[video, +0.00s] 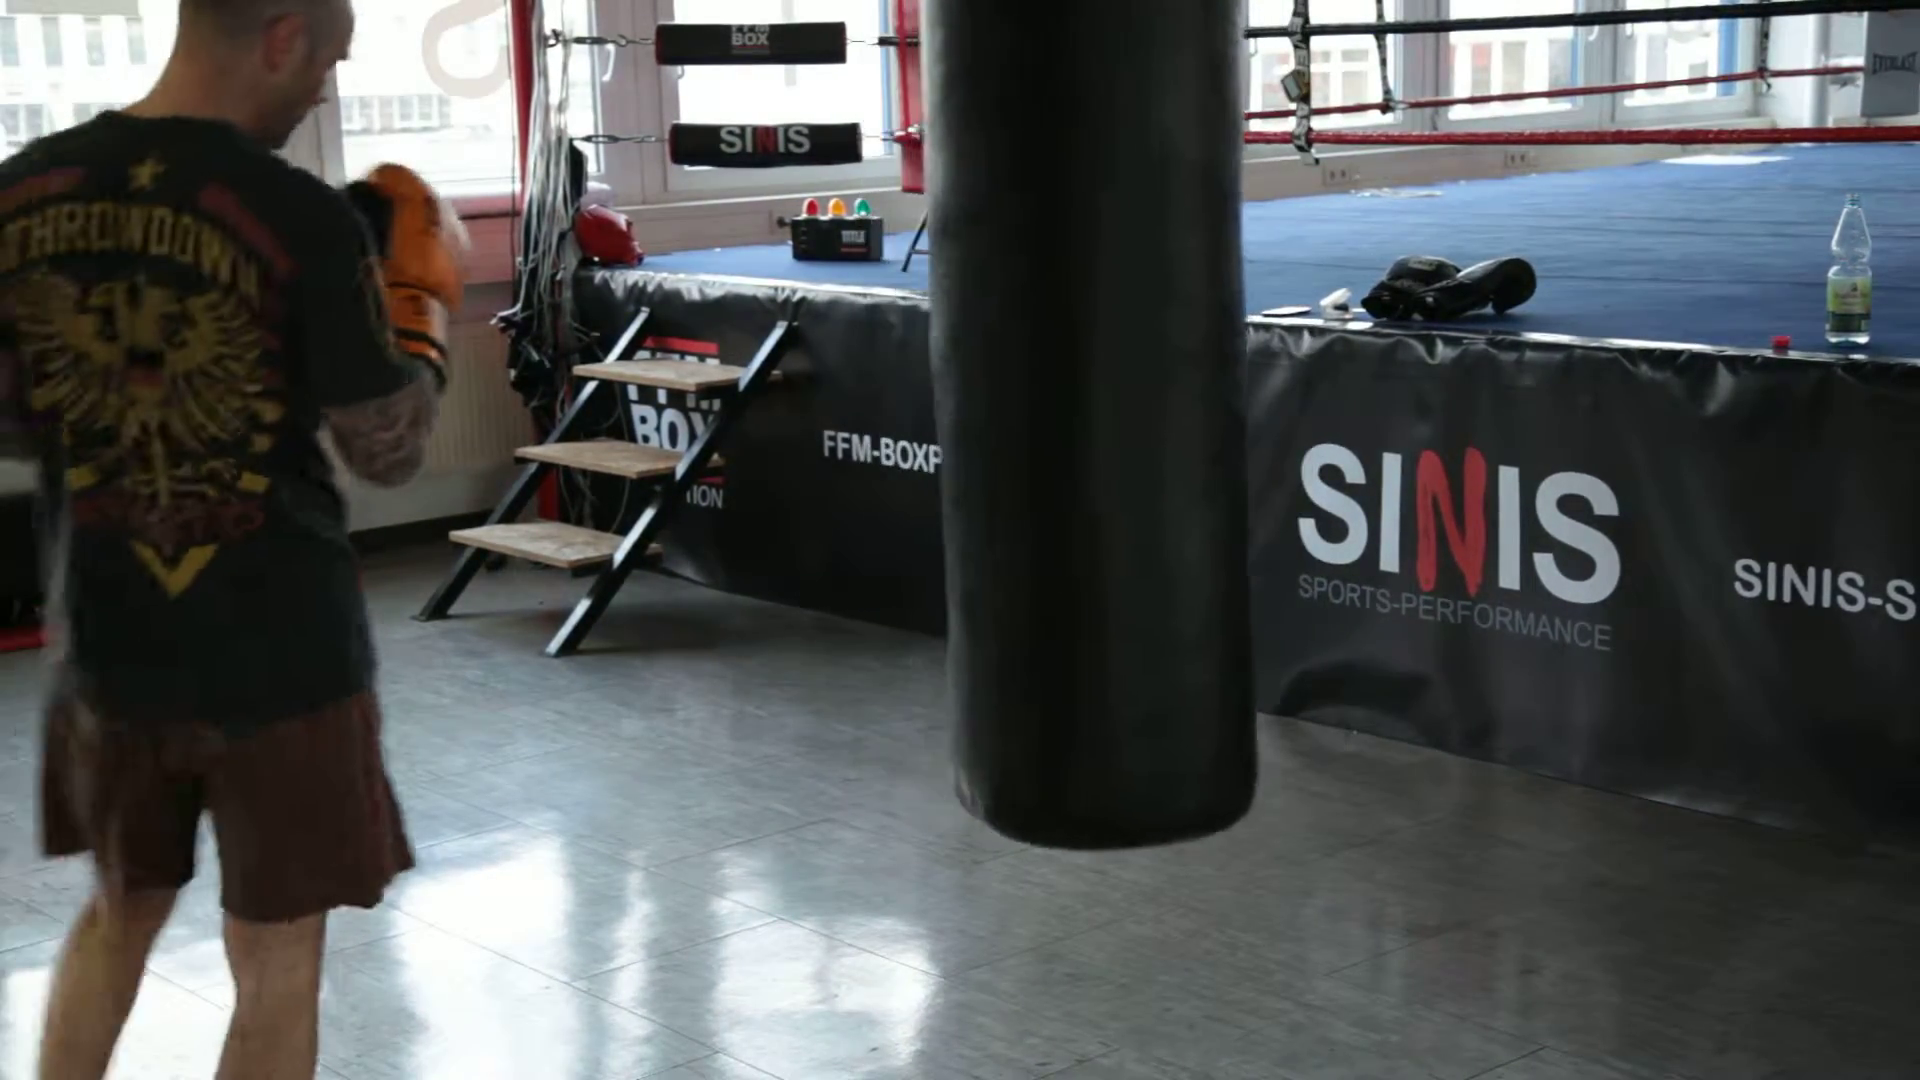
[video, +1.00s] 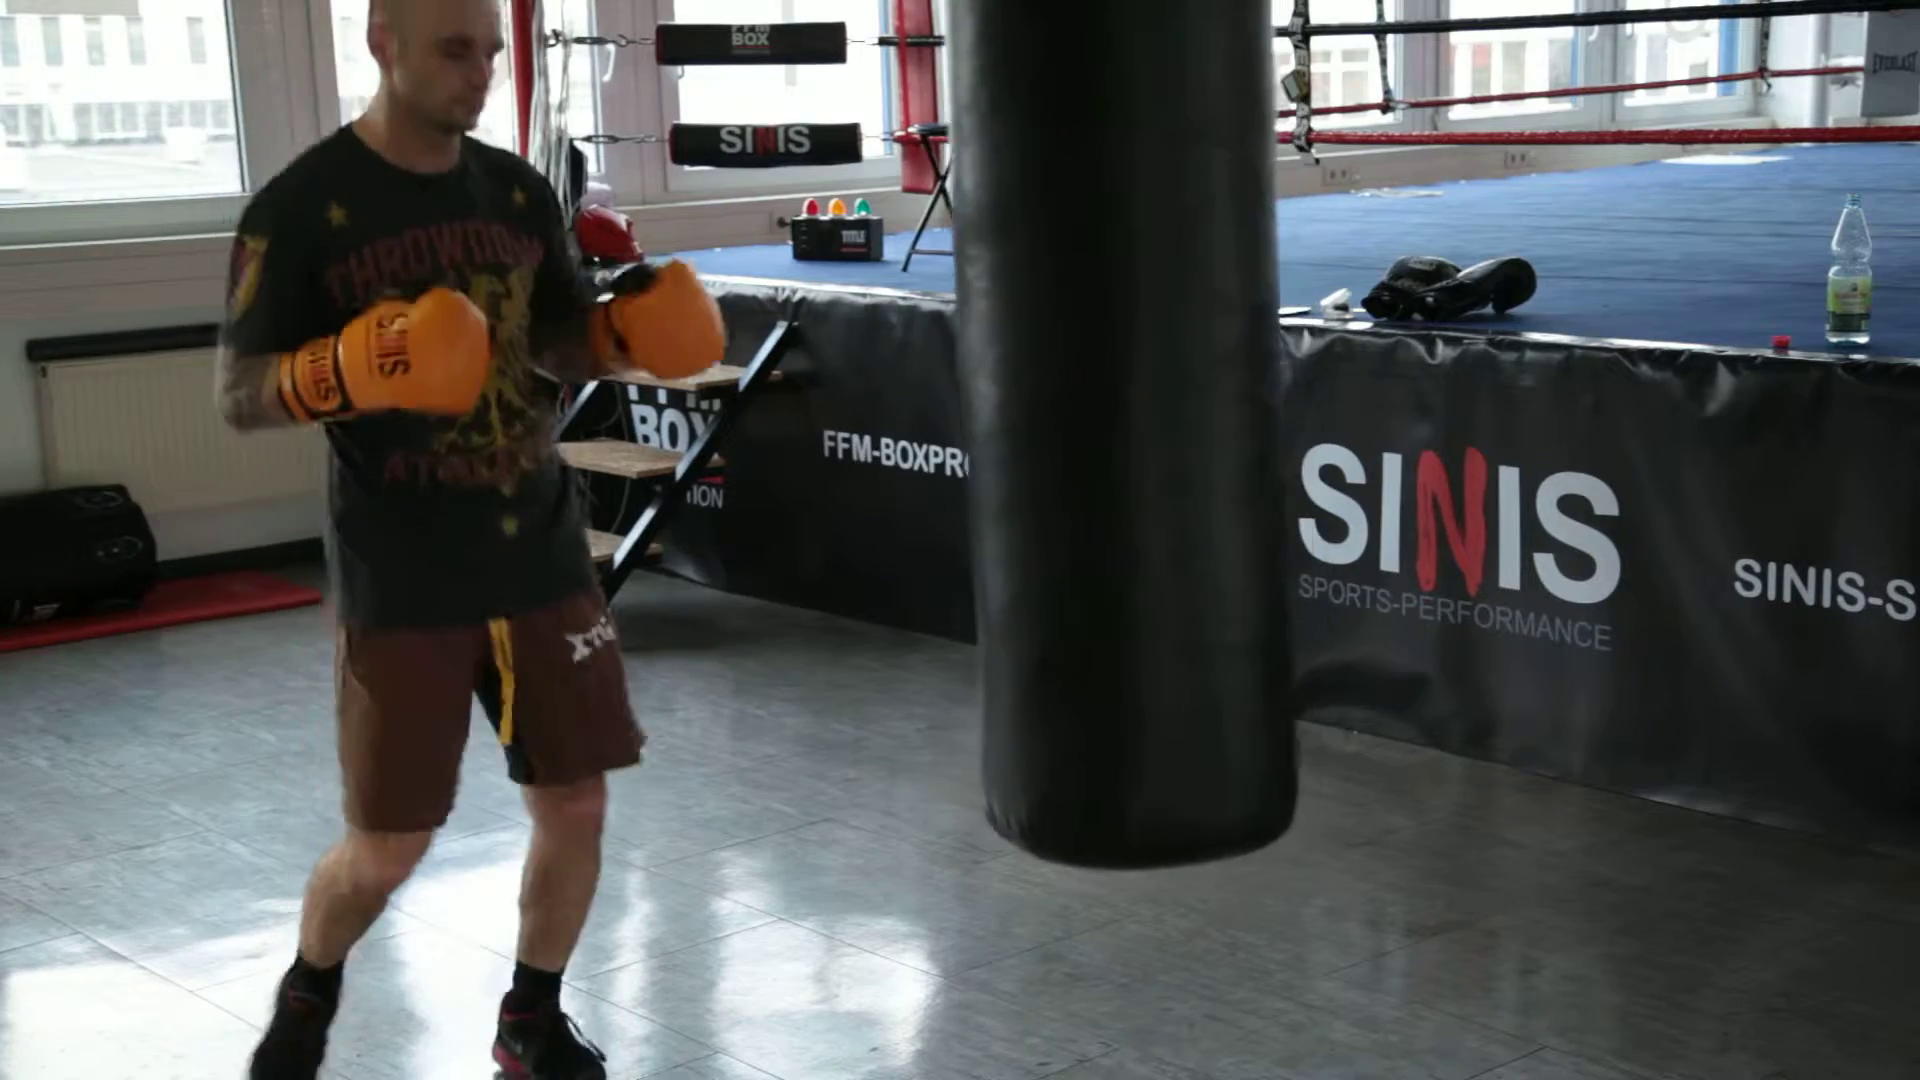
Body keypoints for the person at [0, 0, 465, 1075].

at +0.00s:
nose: (328, 94)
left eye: (337, 67)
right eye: (333, 62)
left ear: (191, 30)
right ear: (281, 38)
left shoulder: (23, 186)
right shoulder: (299, 216)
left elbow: (24, 414)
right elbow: (388, 446)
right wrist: (433, 297)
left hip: (108, 630)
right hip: (273, 639)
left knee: (120, 900)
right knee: (276, 966)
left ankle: (60, 1078)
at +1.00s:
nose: (481, 69)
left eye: (490, 45)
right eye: (455, 47)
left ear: (500, 42)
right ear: (381, 44)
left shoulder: (522, 190)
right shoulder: (300, 206)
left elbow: (554, 346)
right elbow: (243, 393)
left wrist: (637, 336)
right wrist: (360, 363)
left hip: (540, 548)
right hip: (400, 563)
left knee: (575, 802)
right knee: (389, 842)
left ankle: (534, 1020)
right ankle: (308, 996)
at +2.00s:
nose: (406, 125)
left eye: (425, 104)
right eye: (387, 101)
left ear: (444, 80)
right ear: (321, 69)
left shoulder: (449, 179)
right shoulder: (217, 176)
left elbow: (517, 353)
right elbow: (187, 363)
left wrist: (520, 280)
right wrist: (284, 264)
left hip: (436, 537)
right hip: (281, 547)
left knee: (495, 806)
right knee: (233, 833)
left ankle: (510, 1046)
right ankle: (203, 1045)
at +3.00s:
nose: (408, 139)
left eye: (423, 113)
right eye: (384, 112)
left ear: (439, 99)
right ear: (311, 88)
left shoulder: (457, 192)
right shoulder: (223, 216)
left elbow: (557, 372)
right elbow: (231, 418)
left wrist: (558, 279)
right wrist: (294, 294)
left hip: (469, 561)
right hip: (311, 574)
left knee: (583, 824)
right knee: (226, 865)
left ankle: (636, 1058)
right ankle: (156, 1058)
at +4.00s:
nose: (444, 256)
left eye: (460, 227)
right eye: (416, 234)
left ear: (479, 201)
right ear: (342, 213)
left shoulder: (523, 261)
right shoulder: (273, 301)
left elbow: (661, 428)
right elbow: (261, 498)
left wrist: (616, 328)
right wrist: (332, 437)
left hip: (525, 637)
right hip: (353, 646)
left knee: (654, 883)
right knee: (254, 921)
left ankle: (703, 1073)